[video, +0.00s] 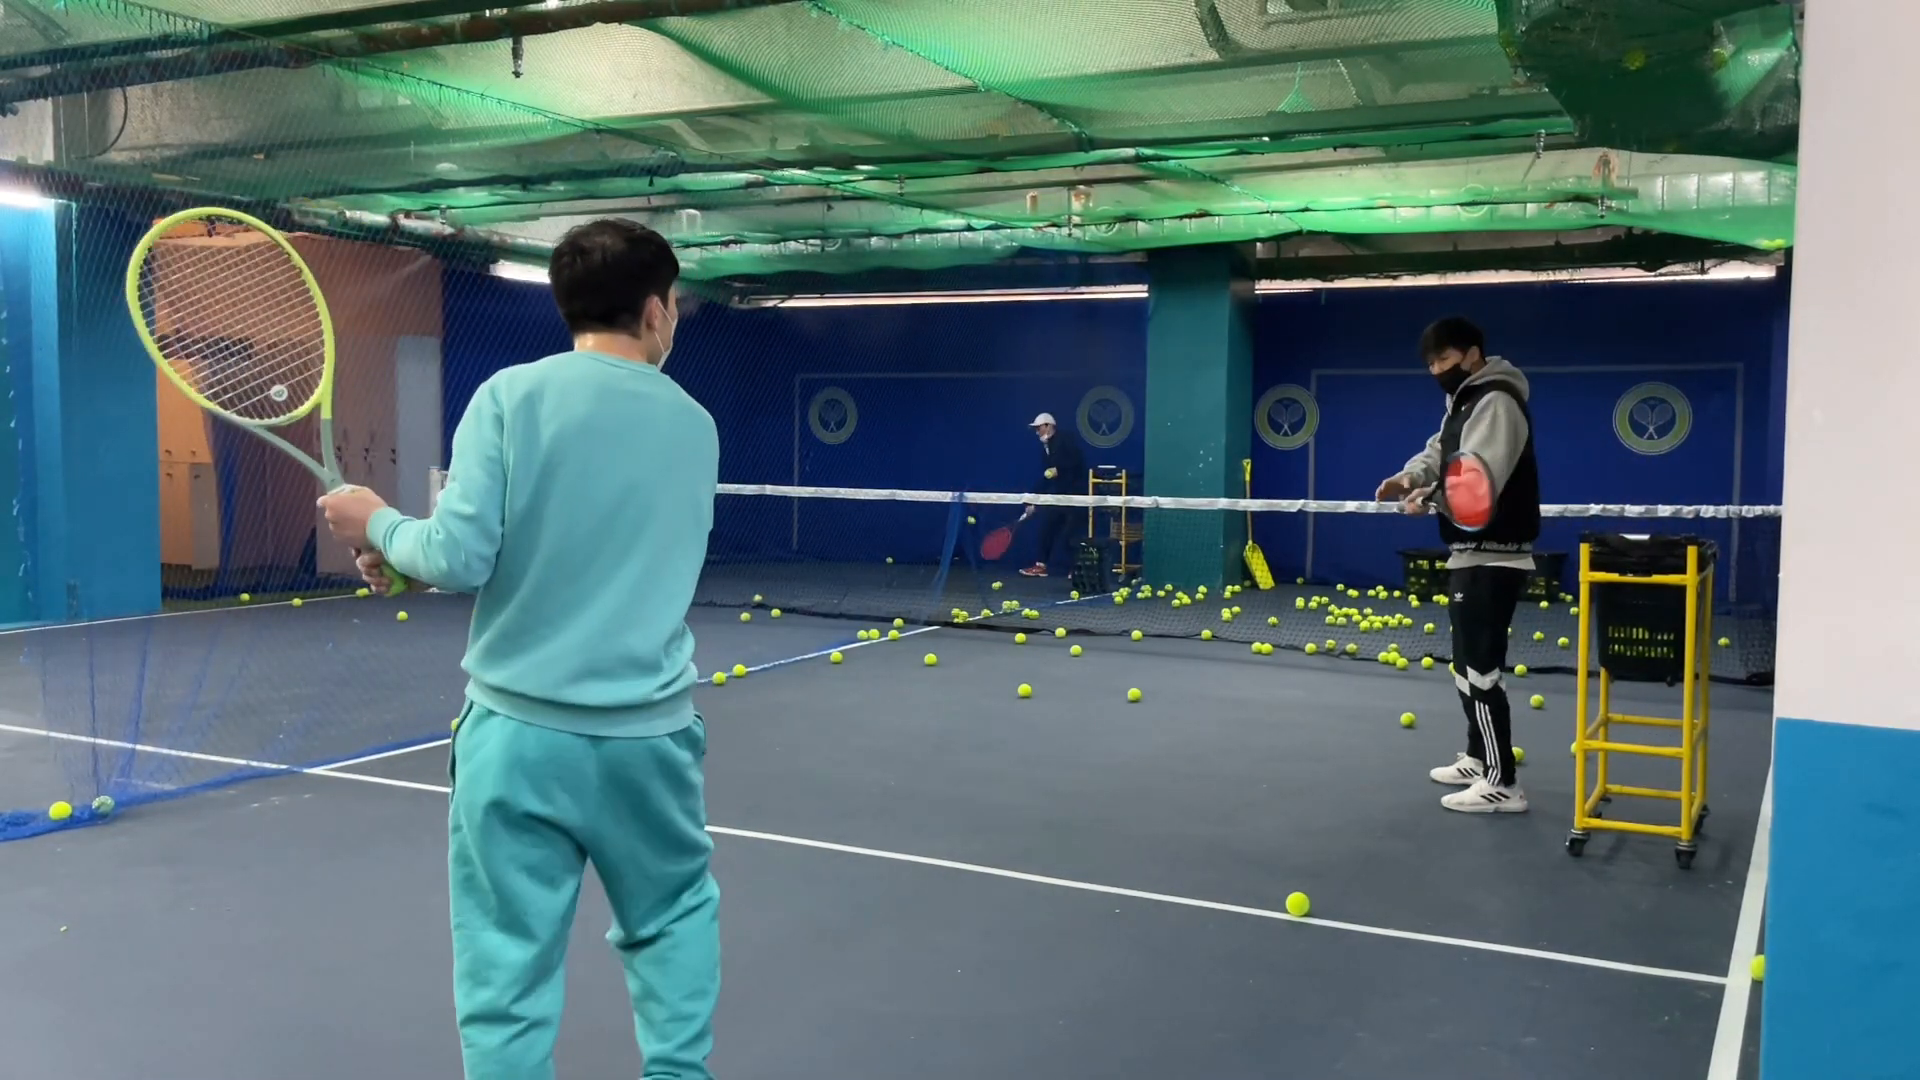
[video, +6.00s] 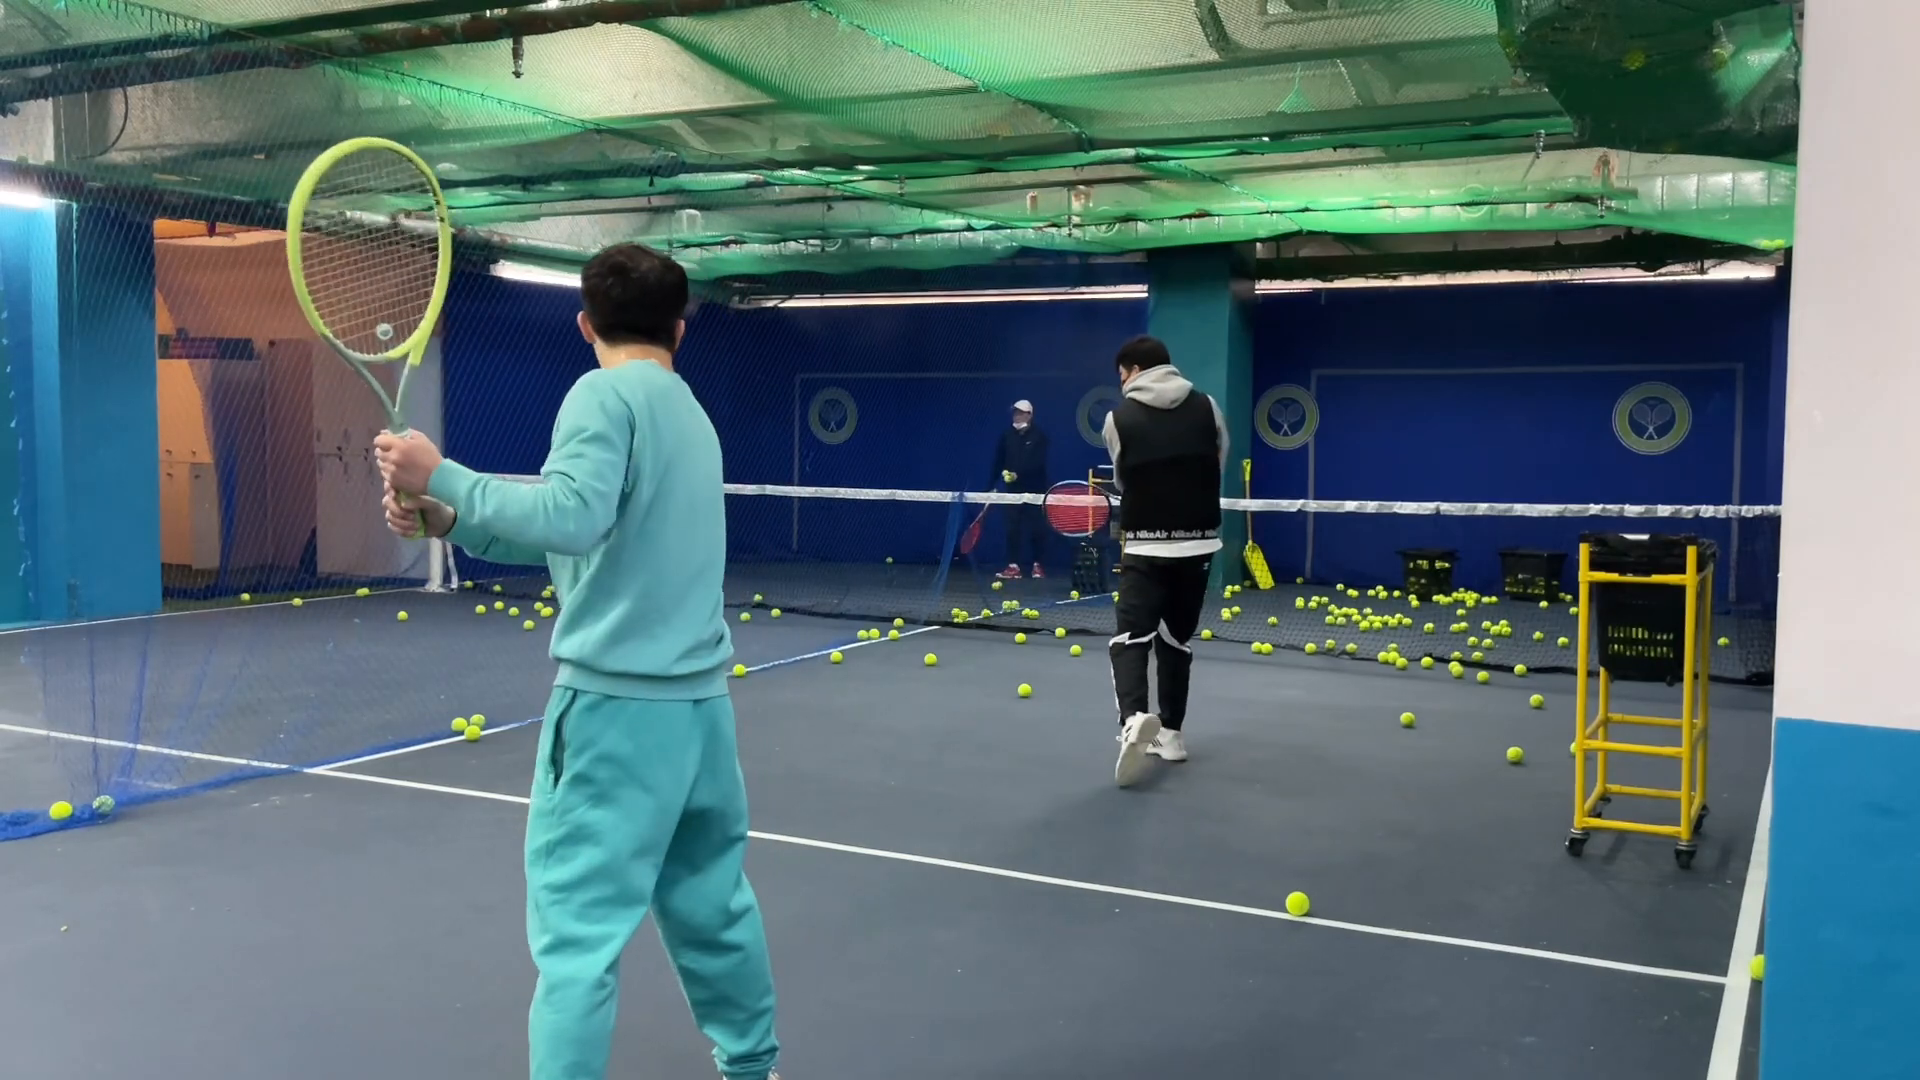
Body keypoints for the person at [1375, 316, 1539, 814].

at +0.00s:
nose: (1438, 367)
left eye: (1444, 356)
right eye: (1433, 361)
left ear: (1473, 352)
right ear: (1436, 365)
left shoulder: (1497, 402)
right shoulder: (1464, 401)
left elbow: (1479, 473)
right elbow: (1441, 451)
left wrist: (1435, 495)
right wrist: (1412, 476)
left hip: (1497, 556)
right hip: (1468, 554)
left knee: (1481, 670)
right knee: (1465, 667)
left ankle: (1502, 786)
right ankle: (1478, 760)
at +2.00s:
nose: (1442, 356)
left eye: (1452, 346)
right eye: (1438, 350)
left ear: (1482, 349)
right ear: (1440, 359)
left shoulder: (1500, 398)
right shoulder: (1459, 402)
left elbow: (1490, 476)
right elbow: (1433, 469)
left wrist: (1448, 526)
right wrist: (1430, 519)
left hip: (1503, 556)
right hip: (1475, 555)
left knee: (1487, 673)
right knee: (1472, 667)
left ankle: (1501, 786)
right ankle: (1482, 760)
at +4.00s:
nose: (1319, 371)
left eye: (1319, 363)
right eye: (1319, 363)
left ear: (1331, 361)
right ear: (1364, 358)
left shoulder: (1343, 405)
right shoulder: (1382, 404)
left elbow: (1316, 482)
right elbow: (1355, 491)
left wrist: (1280, 503)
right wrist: (1296, 516)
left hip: (1365, 561)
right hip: (1383, 559)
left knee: (1354, 665)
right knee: (1347, 662)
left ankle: (1413, 763)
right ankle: (1360, 762)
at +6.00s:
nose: (1120, 381)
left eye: (1120, 375)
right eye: (1120, 375)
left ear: (1132, 371)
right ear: (1166, 365)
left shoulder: (1120, 418)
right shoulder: (1207, 407)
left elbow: (1123, 475)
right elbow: (1219, 461)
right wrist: (1190, 485)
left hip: (1144, 551)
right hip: (1197, 549)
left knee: (1131, 638)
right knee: (1177, 642)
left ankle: (1133, 720)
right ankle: (1171, 735)